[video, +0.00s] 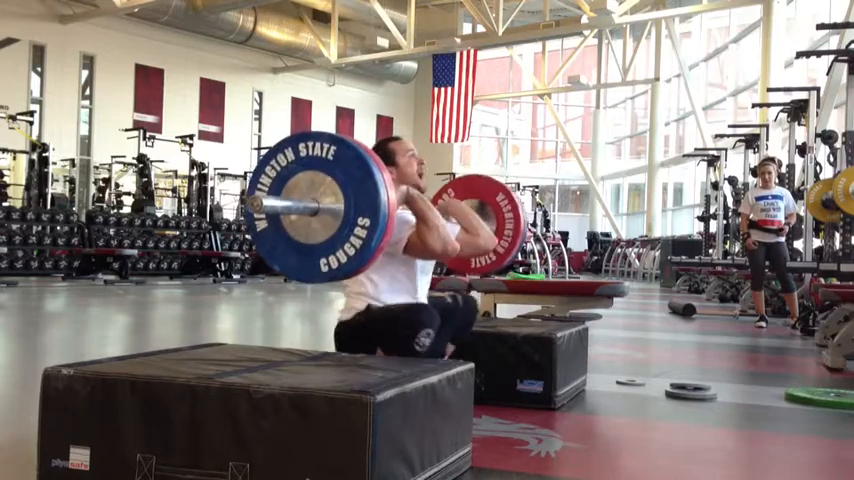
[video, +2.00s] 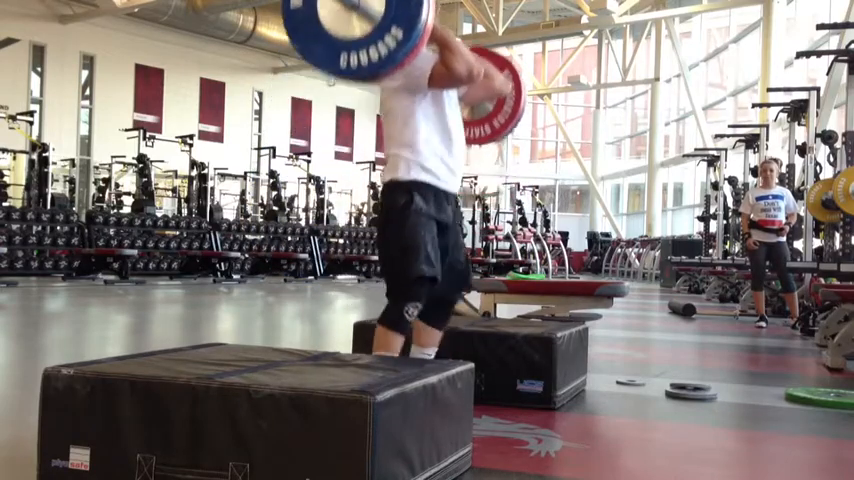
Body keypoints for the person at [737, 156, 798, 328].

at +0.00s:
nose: (766, 176)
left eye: (769, 173)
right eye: (763, 173)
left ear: (775, 174)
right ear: (758, 175)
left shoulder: (784, 193)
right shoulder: (751, 194)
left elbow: (792, 214)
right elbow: (744, 217)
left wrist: (787, 224)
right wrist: (746, 236)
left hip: (777, 240)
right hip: (757, 239)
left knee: (785, 275)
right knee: (757, 277)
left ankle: (795, 317)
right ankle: (761, 315)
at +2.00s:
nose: (767, 173)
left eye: (771, 170)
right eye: (764, 170)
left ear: (777, 173)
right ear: (760, 173)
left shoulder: (785, 193)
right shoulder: (752, 194)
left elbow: (793, 213)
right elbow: (745, 216)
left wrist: (788, 224)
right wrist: (747, 235)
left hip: (778, 239)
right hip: (758, 239)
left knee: (785, 276)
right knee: (757, 277)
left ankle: (795, 317)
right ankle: (761, 315)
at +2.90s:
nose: (783, 176)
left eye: (787, 173)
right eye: (780, 172)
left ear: (791, 174)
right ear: (773, 173)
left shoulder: (796, 193)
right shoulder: (764, 192)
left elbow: (801, 216)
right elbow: (755, 218)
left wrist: (800, 224)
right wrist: (769, 229)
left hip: (790, 240)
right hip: (769, 240)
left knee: (796, 275)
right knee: (766, 274)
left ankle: (794, 317)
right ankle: (762, 315)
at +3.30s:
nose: (801, 171)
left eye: (803, 168)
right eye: (797, 168)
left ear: (806, 170)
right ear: (788, 171)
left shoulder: (810, 191)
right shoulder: (782, 191)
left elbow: (816, 214)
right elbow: (774, 217)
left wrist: (817, 225)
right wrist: (793, 225)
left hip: (806, 239)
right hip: (787, 239)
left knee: (802, 279)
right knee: (784, 276)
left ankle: (793, 318)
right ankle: (770, 313)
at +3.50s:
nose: (805, 172)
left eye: (807, 168)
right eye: (801, 169)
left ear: (811, 170)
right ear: (795, 171)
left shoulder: (815, 190)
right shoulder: (787, 190)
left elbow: (820, 213)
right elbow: (779, 216)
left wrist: (822, 224)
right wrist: (800, 223)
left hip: (810, 239)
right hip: (792, 238)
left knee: (805, 278)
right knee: (794, 277)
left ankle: (796, 317)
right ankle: (789, 317)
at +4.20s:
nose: (810, 172)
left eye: (813, 169)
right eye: (807, 169)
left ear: (819, 171)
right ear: (802, 170)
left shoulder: (825, 190)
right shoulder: (795, 190)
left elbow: (829, 213)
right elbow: (790, 214)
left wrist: (831, 224)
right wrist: (813, 224)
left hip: (823, 238)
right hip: (803, 238)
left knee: (830, 274)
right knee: (807, 277)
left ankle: (821, 311)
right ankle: (808, 318)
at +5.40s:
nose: (820, 170)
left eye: (824, 166)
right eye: (817, 166)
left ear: (831, 168)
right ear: (813, 169)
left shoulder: (838, 187)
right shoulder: (805, 186)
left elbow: (845, 207)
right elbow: (787, 206)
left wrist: (845, 220)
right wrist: (805, 216)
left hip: (834, 238)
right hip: (812, 238)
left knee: (834, 278)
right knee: (810, 278)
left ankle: (832, 317)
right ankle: (809, 318)